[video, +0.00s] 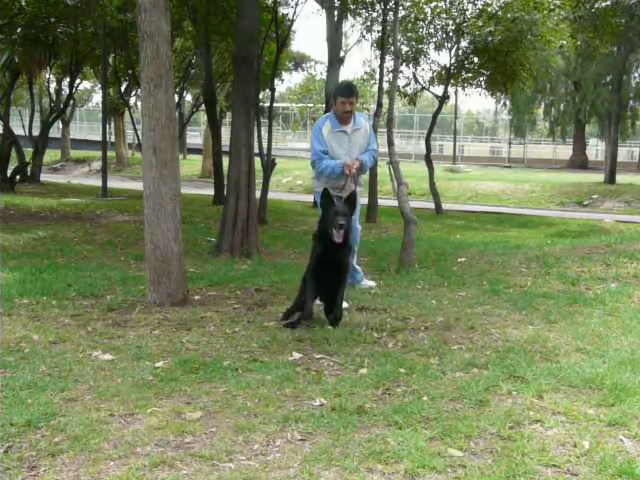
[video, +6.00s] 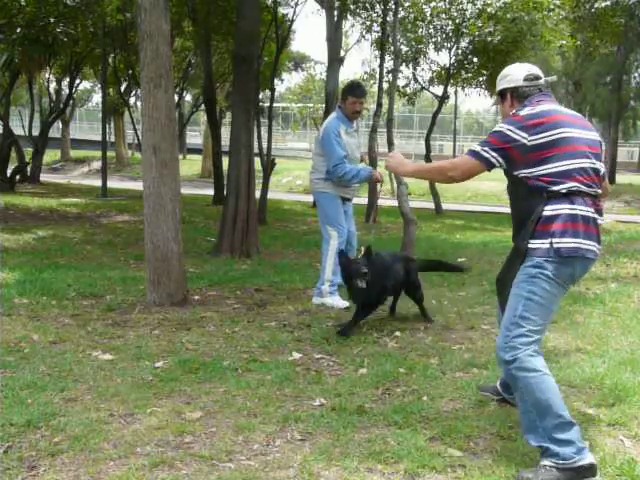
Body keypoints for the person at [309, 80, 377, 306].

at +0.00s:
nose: (347, 108)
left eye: (351, 104)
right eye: (343, 104)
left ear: (356, 103)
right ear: (333, 103)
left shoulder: (363, 122)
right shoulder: (321, 127)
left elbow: (373, 151)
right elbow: (318, 163)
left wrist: (361, 163)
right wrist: (342, 167)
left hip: (352, 189)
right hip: (328, 190)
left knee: (353, 234)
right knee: (331, 237)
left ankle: (353, 275)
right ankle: (329, 287)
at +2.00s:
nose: (351, 102)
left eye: (355, 97)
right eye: (347, 97)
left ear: (360, 97)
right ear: (338, 97)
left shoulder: (365, 117)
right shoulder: (328, 120)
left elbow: (373, 143)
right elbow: (334, 157)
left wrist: (371, 156)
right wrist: (366, 157)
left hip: (359, 185)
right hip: (334, 185)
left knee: (357, 234)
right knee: (335, 234)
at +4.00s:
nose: (358, 104)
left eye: (362, 100)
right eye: (354, 100)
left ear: (365, 101)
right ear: (343, 99)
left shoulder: (363, 121)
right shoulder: (332, 125)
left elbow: (361, 146)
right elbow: (335, 167)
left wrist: (363, 157)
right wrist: (361, 180)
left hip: (349, 187)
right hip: (329, 186)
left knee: (354, 234)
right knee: (338, 234)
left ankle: (351, 274)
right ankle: (328, 292)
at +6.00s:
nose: (358, 108)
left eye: (361, 103)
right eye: (354, 103)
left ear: (364, 103)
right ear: (343, 102)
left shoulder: (351, 127)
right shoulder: (332, 127)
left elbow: (350, 162)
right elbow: (337, 170)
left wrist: (368, 171)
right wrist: (368, 173)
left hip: (343, 190)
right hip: (327, 189)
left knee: (350, 237)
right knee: (337, 235)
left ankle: (340, 283)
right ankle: (325, 291)